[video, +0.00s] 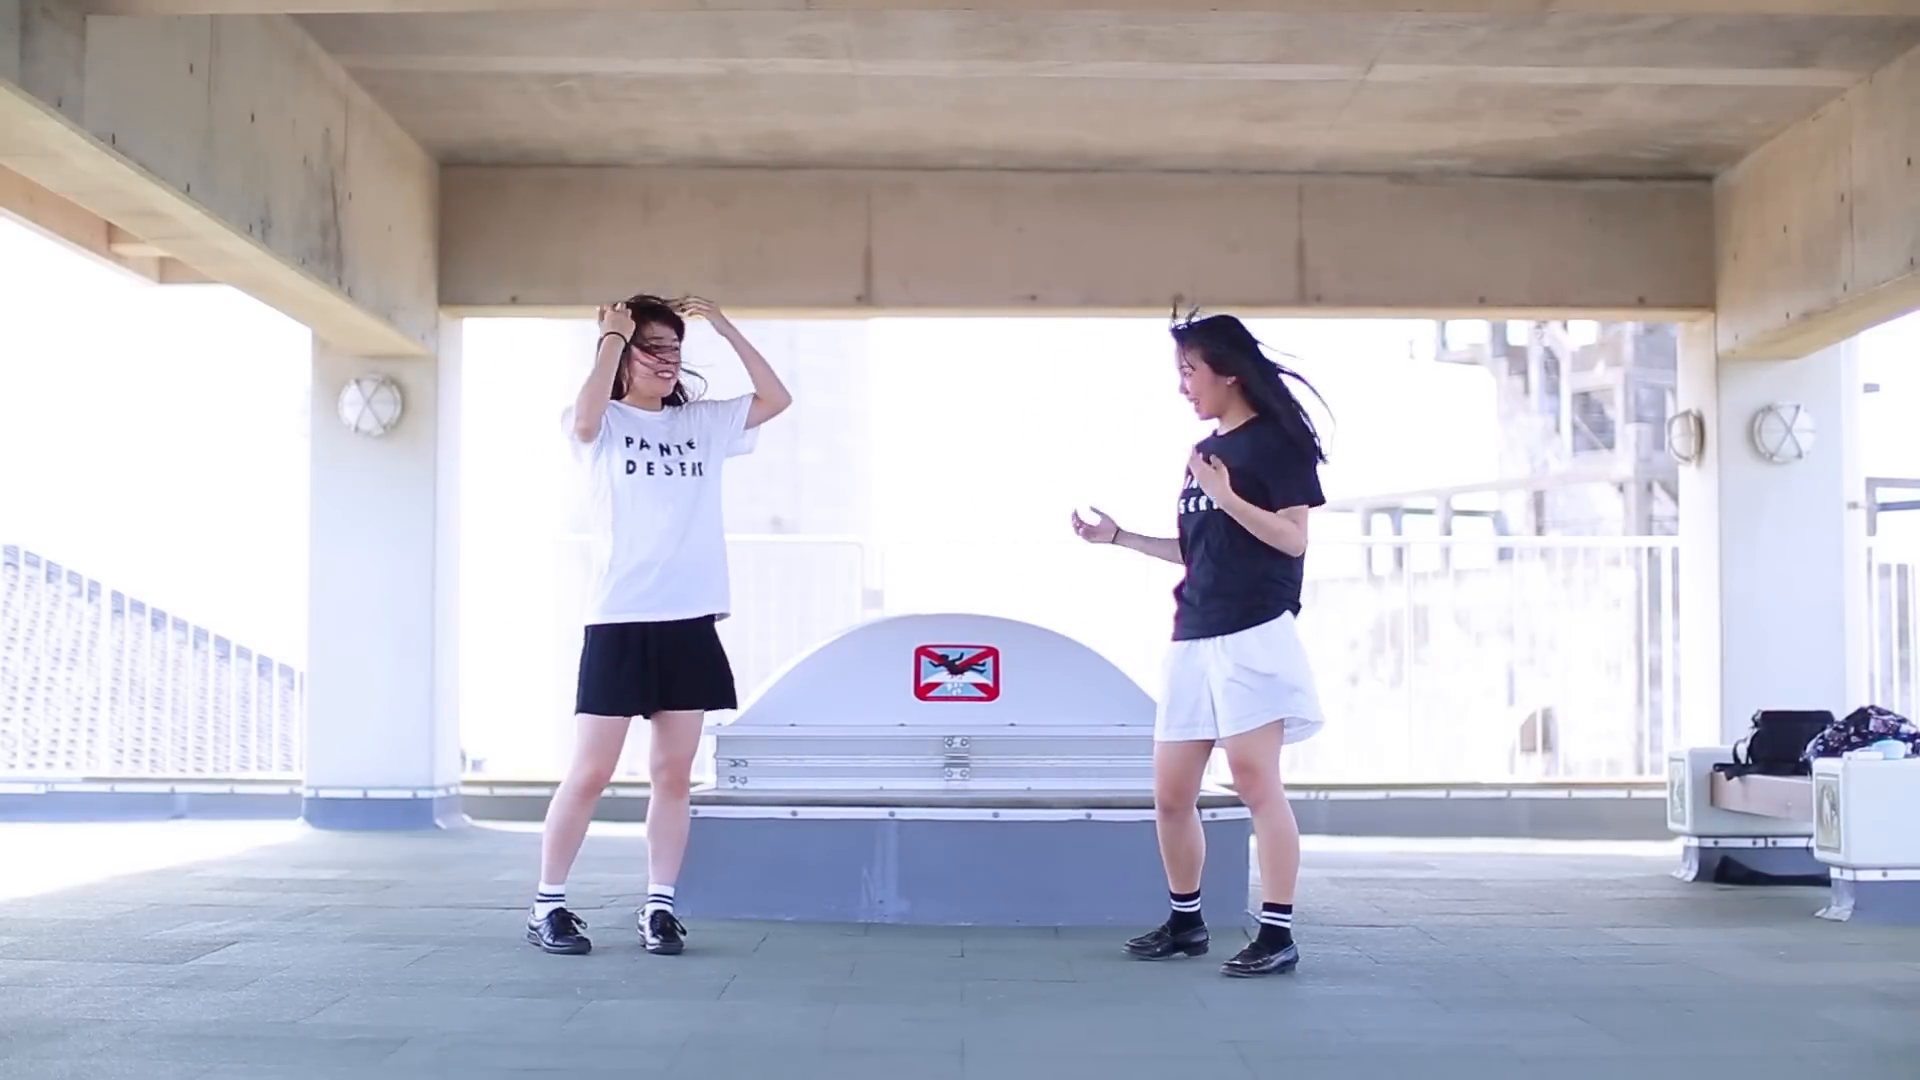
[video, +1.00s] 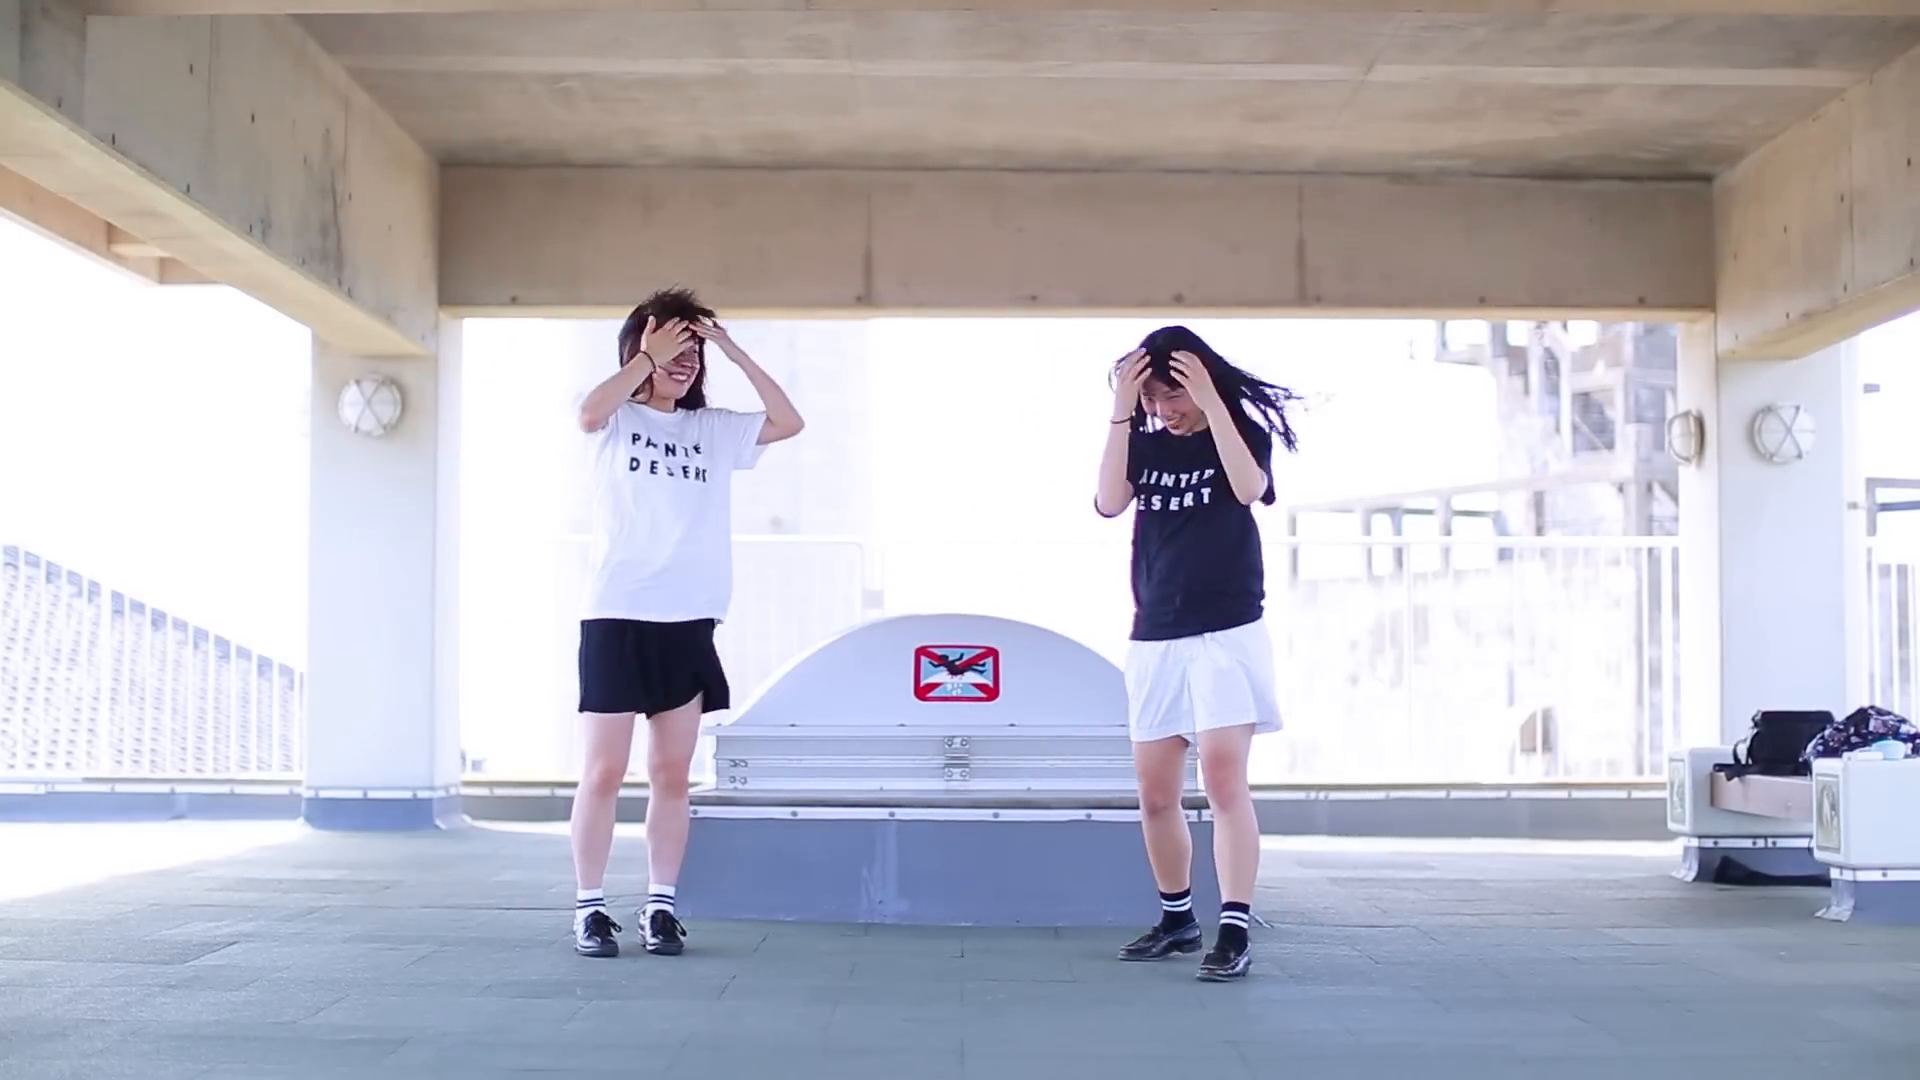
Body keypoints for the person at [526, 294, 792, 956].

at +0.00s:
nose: (661, 359)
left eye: (671, 350)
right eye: (649, 348)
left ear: (682, 358)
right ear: (623, 352)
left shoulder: (704, 419)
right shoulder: (599, 418)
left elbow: (775, 399)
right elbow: (585, 420)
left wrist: (725, 326)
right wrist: (610, 343)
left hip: (691, 621)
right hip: (618, 621)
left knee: (673, 776)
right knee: (590, 775)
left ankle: (659, 910)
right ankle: (548, 908)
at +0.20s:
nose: (669, 357)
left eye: (679, 348)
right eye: (657, 347)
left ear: (693, 357)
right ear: (629, 354)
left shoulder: (714, 422)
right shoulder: (608, 416)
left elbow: (786, 406)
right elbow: (603, 413)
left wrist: (733, 334)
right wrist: (633, 345)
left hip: (696, 620)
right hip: (622, 618)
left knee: (675, 776)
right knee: (610, 772)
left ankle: (660, 907)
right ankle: (578, 901)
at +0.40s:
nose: (677, 359)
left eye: (686, 349)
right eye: (665, 348)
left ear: (698, 358)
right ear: (635, 355)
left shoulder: (715, 423)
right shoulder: (612, 413)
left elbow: (787, 412)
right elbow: (612, 411)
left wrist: (737, 339)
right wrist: (645, 343)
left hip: (703, 617)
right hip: (627, 616)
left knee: (674, 774)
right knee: (614, 772)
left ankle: (661, 906)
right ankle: (591, 908)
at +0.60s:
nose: (682, 361)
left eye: (690, 352)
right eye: (669, 350)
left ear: (701, 359)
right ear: (638, 357)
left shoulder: (716, 424)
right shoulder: (615, 414)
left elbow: (788, 415)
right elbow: (614, 411)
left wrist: (740, 342)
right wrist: (649, 347)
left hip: (695, 620)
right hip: (623, 618)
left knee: (673, 775)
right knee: (611, 771)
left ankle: (661, 907)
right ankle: (591, 908)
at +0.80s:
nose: (683, 360)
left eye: (693, 350)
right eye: (670, 349)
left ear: (703, 358)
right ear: (639, 355)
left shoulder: (718, 426)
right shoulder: (616, 412)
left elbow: (789, 418)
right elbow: (605, 409)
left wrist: (739, 347)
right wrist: (649, 352)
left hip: (692, 619)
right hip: (619, 617)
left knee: (673, 773)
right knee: (609, 771)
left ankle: (661, 908)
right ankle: (591, 908)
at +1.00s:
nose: (681, 363)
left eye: (691, 353)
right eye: (669, 352)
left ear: (701, 359)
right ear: (638, 356)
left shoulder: (715, 426)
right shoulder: (615, 412)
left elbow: (787, 422)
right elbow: (590, 414)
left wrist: (730, 350)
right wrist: (644, 360)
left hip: (689, 622)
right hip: (616, 618)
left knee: (672, 775)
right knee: (604, 773)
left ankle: (661, 908)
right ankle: (590, 909)